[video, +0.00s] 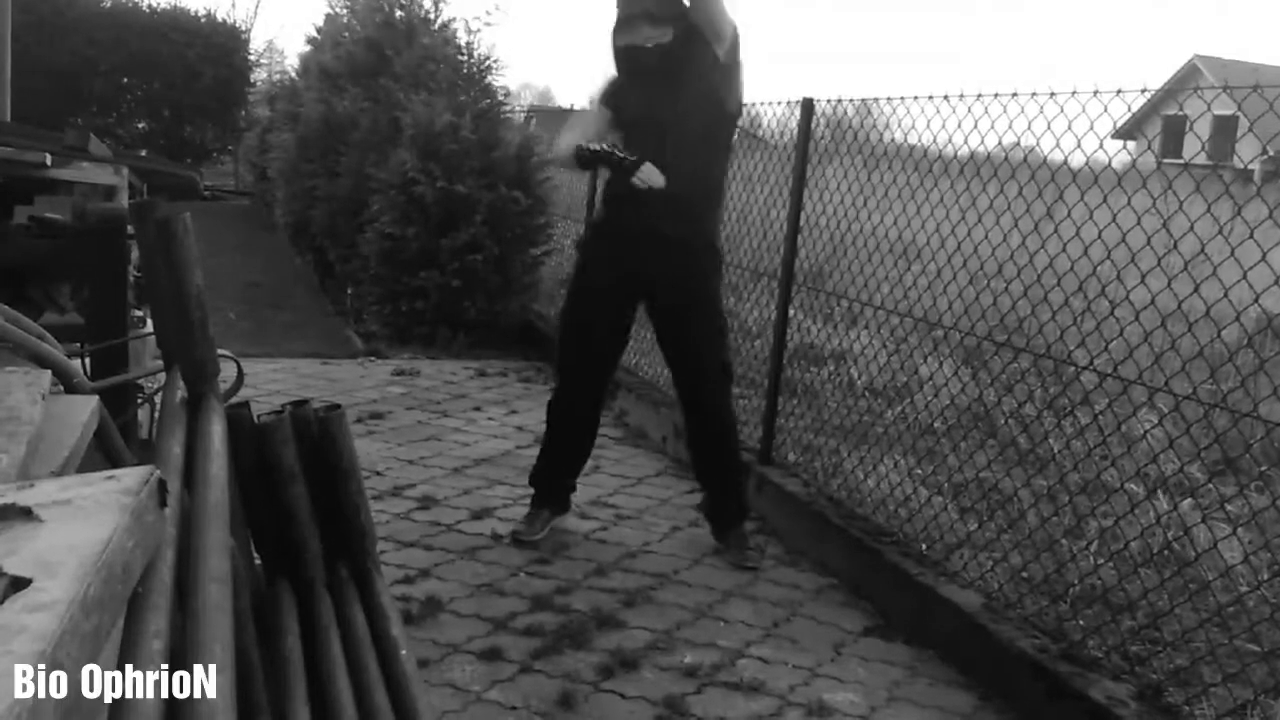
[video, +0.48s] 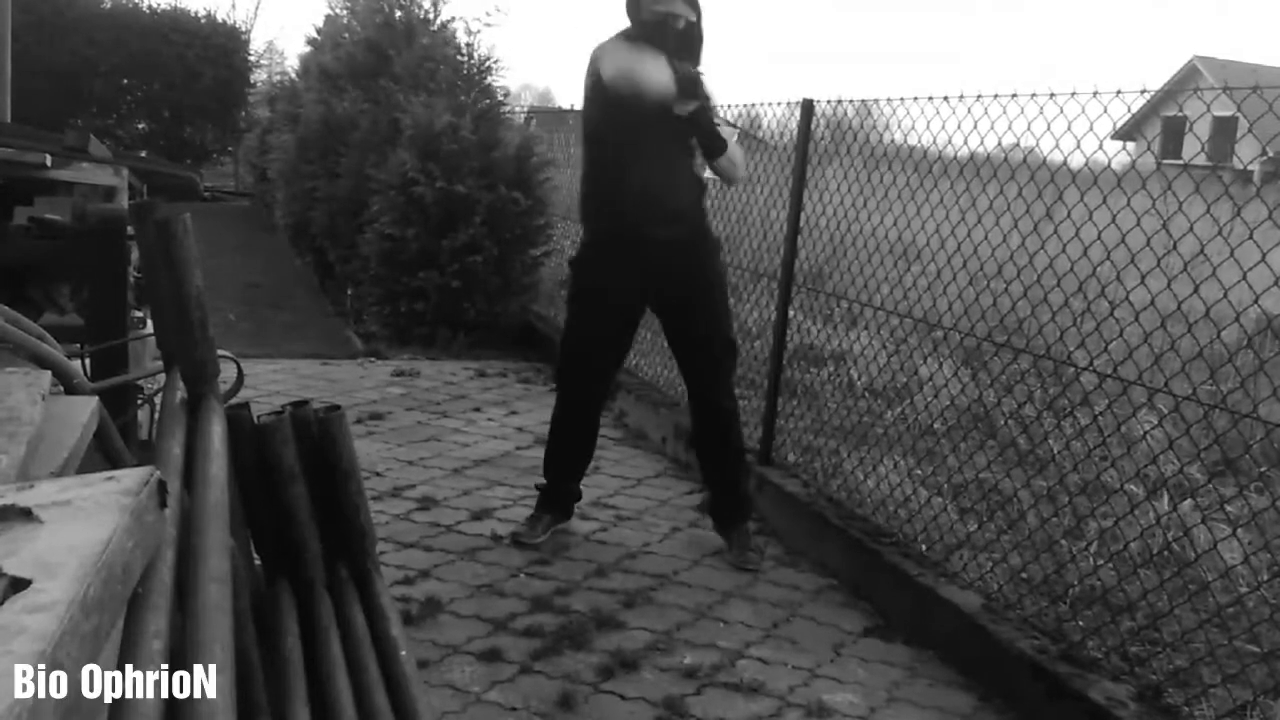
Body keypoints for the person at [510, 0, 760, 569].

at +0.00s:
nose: (642, 57)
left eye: (654, 44)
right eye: (630, 46)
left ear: (678, 35)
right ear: (618, 41)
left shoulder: (712, 80)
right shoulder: (622, 90)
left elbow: (718, 23)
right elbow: (574, 144)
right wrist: (582, 152)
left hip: (684, 255)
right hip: (612, 248)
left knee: (706, 386)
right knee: (580, 375)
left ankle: (730, 521)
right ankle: (550, 498)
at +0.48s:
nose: (675, 20)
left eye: (685, 12)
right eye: (661, 10)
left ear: (695, 21)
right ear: (635, 12)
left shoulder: (690, 84)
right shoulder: (613, 55)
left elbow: (735, 172)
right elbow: (655, 85)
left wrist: (702, 115)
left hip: (686, 253)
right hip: (613, 249)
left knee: (713, 386)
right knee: (582, 382)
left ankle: (735, 520)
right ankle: (554, 504)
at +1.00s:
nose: (646, 60)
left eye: (657, 49)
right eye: (640, 48)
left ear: (692, 42)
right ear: (638, 42)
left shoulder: (736, 105)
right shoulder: (650, 91)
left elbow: (675, 193)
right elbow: (619, 169)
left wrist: (613, 260)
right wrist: (590, 251)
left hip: (681, 274)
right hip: (619, 259)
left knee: (692, 402)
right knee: (573, 378)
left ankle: (723, 526)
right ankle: (551, 499)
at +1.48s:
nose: (658, 56)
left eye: (668, 49)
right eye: (648, 43)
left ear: (678, 51)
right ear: (622, 37)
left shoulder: (673, 97)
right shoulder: (576, 88)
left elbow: (726, 157)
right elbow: (597, 155)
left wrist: (707, 86)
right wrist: (610, 79)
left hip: (687, 263)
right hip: (614, 265)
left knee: (717, 387)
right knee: (586, 389)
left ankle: (730, 522)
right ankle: (556, 505)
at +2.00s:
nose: (674, 44)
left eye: (688, 34)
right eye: (662, 32)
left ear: (705, 34)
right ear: (641, 29)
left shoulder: (728, 78)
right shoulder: (612, 76)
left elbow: (811, 110)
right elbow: (533, 120)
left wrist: (772, 133)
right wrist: (578, 131)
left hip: (677, 261)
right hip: (601, 253)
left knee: (700, 393)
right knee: (565, 376)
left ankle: (726, 527)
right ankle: (552, 502)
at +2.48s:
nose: (639, 46)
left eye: (652, 37)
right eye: (627, 36)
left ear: (674, 33)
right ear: (609, 29)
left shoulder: (696, 71)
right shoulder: (593, 66)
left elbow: (699, 127)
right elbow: (530, 98)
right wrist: (465, 114)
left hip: (682, 255)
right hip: (607, 251)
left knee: (713, 385)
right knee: (572, 379)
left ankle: (730, 520)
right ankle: (549, 503)